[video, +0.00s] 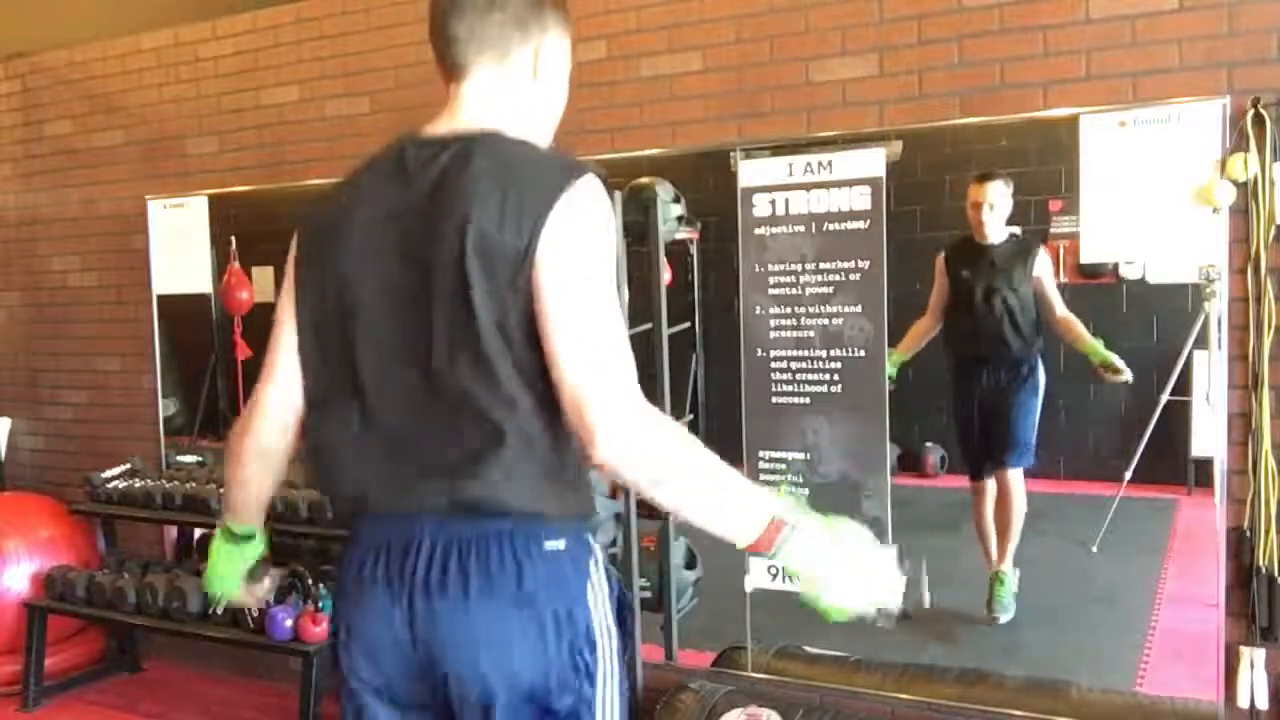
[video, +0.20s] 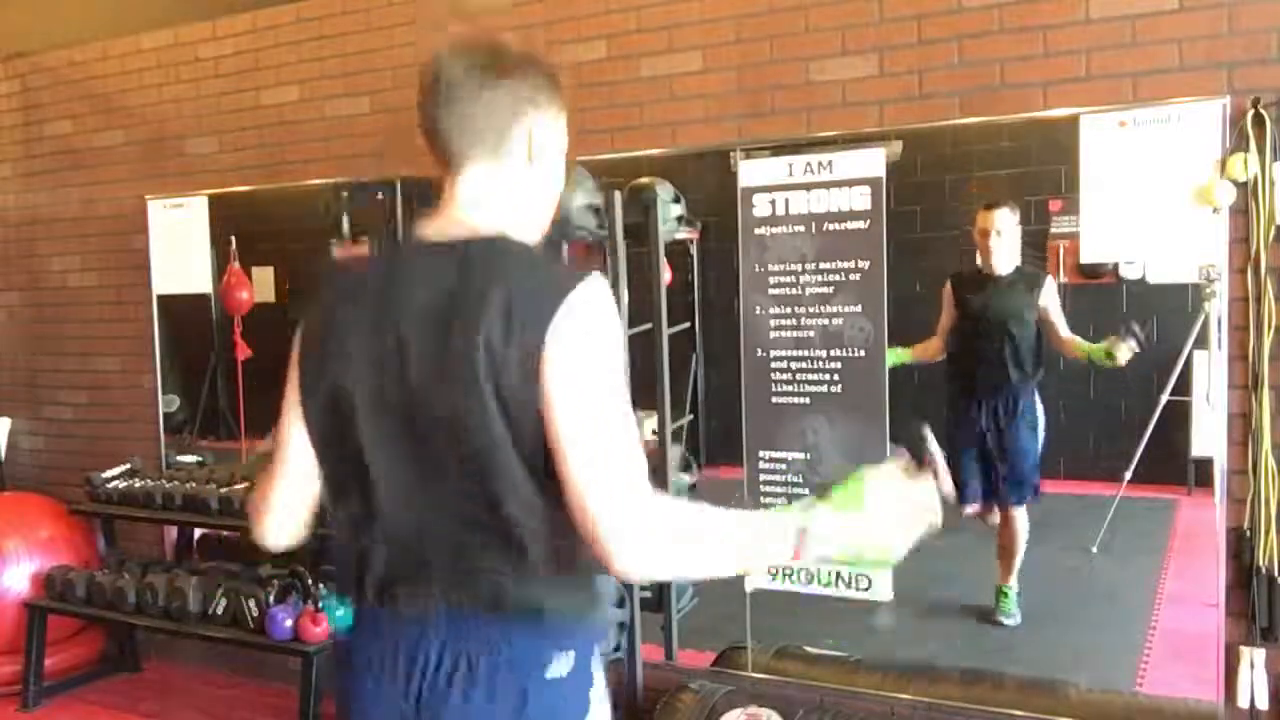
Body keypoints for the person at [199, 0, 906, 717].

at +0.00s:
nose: (567, 85)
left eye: (564, 63)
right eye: (565, 63)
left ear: (445, 61)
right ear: (547, 58)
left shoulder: (333, 215)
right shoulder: (557, 193)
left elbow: (270, 417)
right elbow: (613, 429)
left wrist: (236, 533)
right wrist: (787, 533)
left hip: (376, 577)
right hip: (526, 578)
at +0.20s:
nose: (568, 167)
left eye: (564, 147)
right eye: (566, 145)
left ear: (433, 148)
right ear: (542, 146)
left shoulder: (338, 303)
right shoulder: (562, 301)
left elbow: (274, 522)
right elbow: (631, 539)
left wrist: (365, 436)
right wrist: (820, 529)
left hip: (382, 657)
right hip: (534, 663)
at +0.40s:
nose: (568, 65)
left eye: (564, 43)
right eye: (565, 42)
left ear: (441, 46)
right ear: (540, 40)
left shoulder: (331, 203)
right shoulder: (560, 186)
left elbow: (261, 417)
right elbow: (617, 430)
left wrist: (224, 525)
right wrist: (790, 543)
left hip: (354, 567)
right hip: (499, 585)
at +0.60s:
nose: (561, 154)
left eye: (557, 130)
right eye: (558, 130)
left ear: (435, 132)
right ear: (535, 127)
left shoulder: (331, 289)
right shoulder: (555, 284)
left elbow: (259, 500)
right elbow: (621, 528)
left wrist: (371, 445)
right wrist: (804, 522)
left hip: (356, 646)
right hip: (502, 657)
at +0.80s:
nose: (545, 72)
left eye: (540, 48)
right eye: (540, 46)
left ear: (416, 54)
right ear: (516, 43)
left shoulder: (331, 222)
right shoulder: (540, 190)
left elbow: (271, 435)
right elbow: (607, 432)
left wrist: (252, 539)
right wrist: (777, 530)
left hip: (353, 563)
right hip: (491, 572)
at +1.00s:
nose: (523, 160)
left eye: (519, 136)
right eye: (518, 135)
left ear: (400, 144)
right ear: (493, 132)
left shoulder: (317, 297)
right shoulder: (525, 272)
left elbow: (267, 513)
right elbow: (601, 508)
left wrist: (365, 437)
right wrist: (789, 511)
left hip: (372, 641)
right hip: (519, 647)